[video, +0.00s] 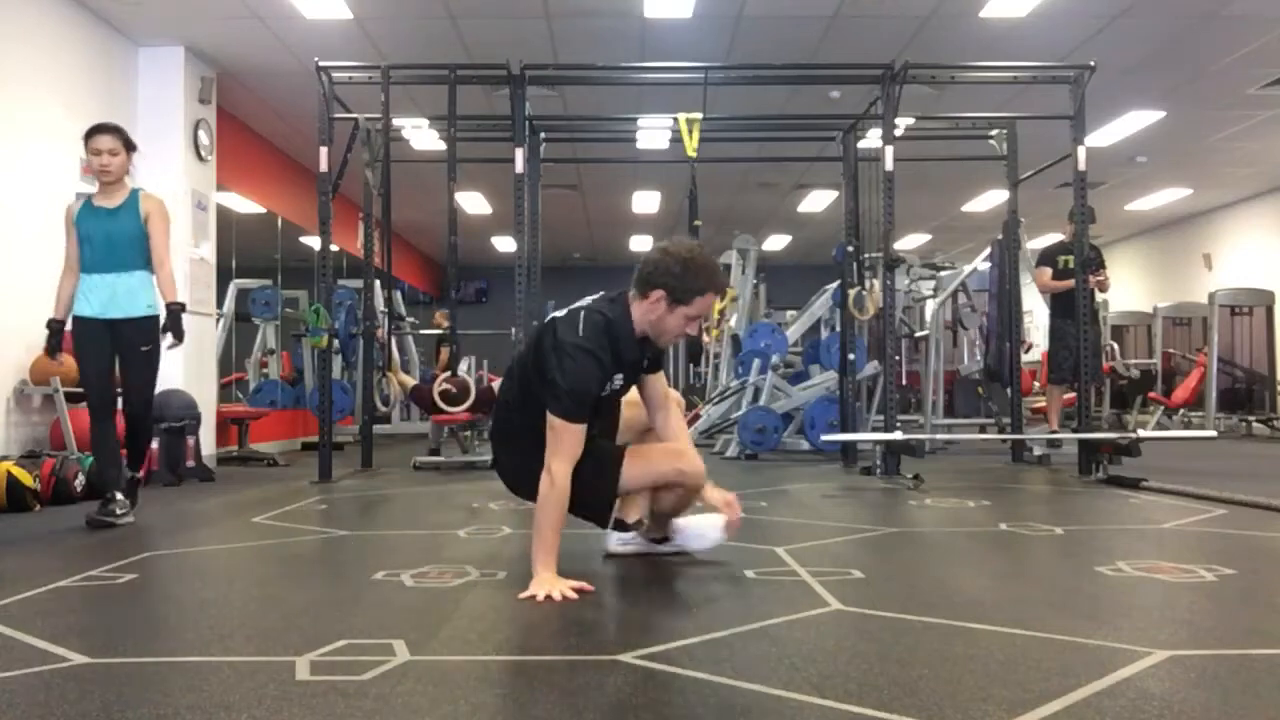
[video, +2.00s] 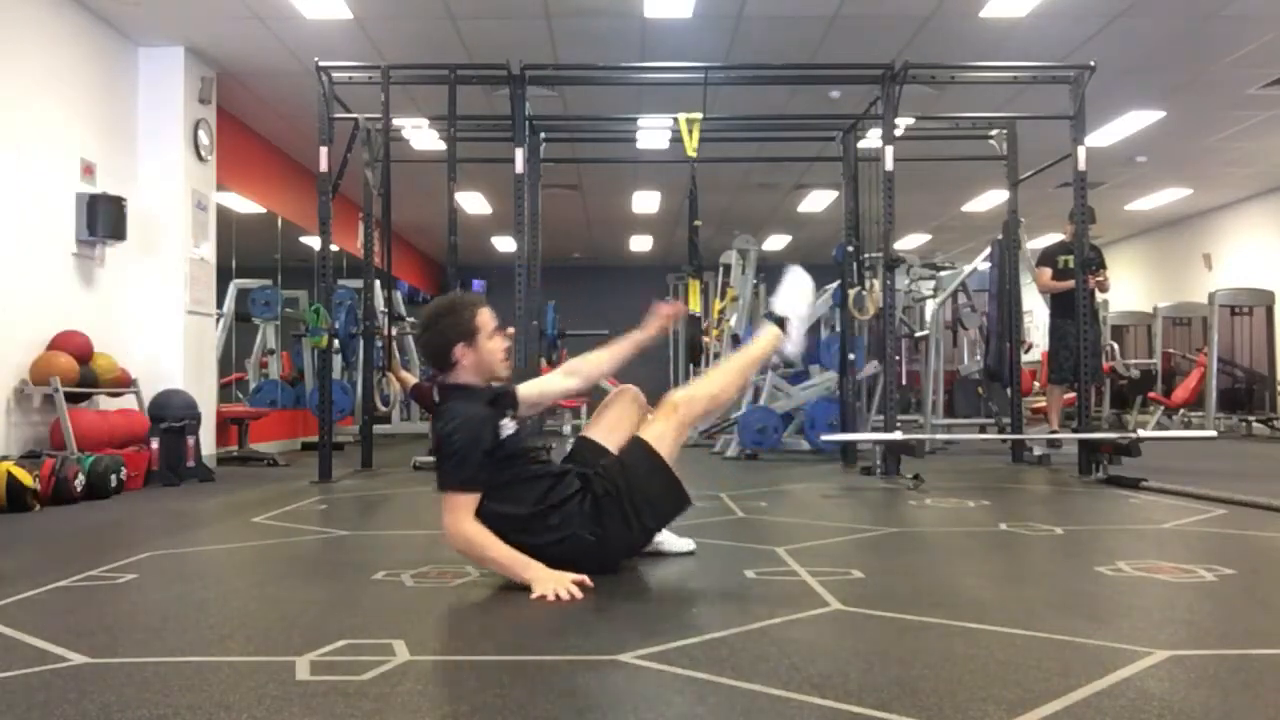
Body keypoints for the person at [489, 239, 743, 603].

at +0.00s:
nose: (693, 332)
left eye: (699, 322)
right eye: (690, 319)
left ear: (655, 300)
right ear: (656, 301)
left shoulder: (637, 328)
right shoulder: (581, 348)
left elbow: (663, 411)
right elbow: (556, 470)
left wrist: (704, 486)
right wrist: (544, 572)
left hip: (565, 425)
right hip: (530, 462)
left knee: (669, 405)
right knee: (687, 464)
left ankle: (627, 524)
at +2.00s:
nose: (508, 338)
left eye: (501, 330)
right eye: (495, 334)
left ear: (465, 355)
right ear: (461, 356)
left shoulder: (483, 398)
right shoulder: (463, 420)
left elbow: (566, 379)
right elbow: (457, 527)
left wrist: (645, 334)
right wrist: (536, 574)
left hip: (567, 499)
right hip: (589, 532)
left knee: (627, 395)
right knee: (678, 406)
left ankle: (637, 529)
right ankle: (780, 329)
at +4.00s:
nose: (296, 551)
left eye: (301, 557)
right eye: (308, 557)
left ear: (298, 556)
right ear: (331, 559)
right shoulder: (347, 552)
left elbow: (214, 448)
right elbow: (392, 579)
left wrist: (220, 551)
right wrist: (297, 521)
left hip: (252, 356)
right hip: (270, 389)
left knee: (134, 435)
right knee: (162, 577)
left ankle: (41, 319)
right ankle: (5, 541)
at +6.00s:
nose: (387, 449)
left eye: (383, 441)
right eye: (369, 451)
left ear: (396, 448)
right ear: (352, 481)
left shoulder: (437, 482)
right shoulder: (382, 527)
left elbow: (449, 403)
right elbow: (373, 562)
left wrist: (379, 370)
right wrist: (360, 526)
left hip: (588, 500)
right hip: (549, 533)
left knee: (522, 368)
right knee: (459, 381)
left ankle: (640, 394)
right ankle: (483, 223)